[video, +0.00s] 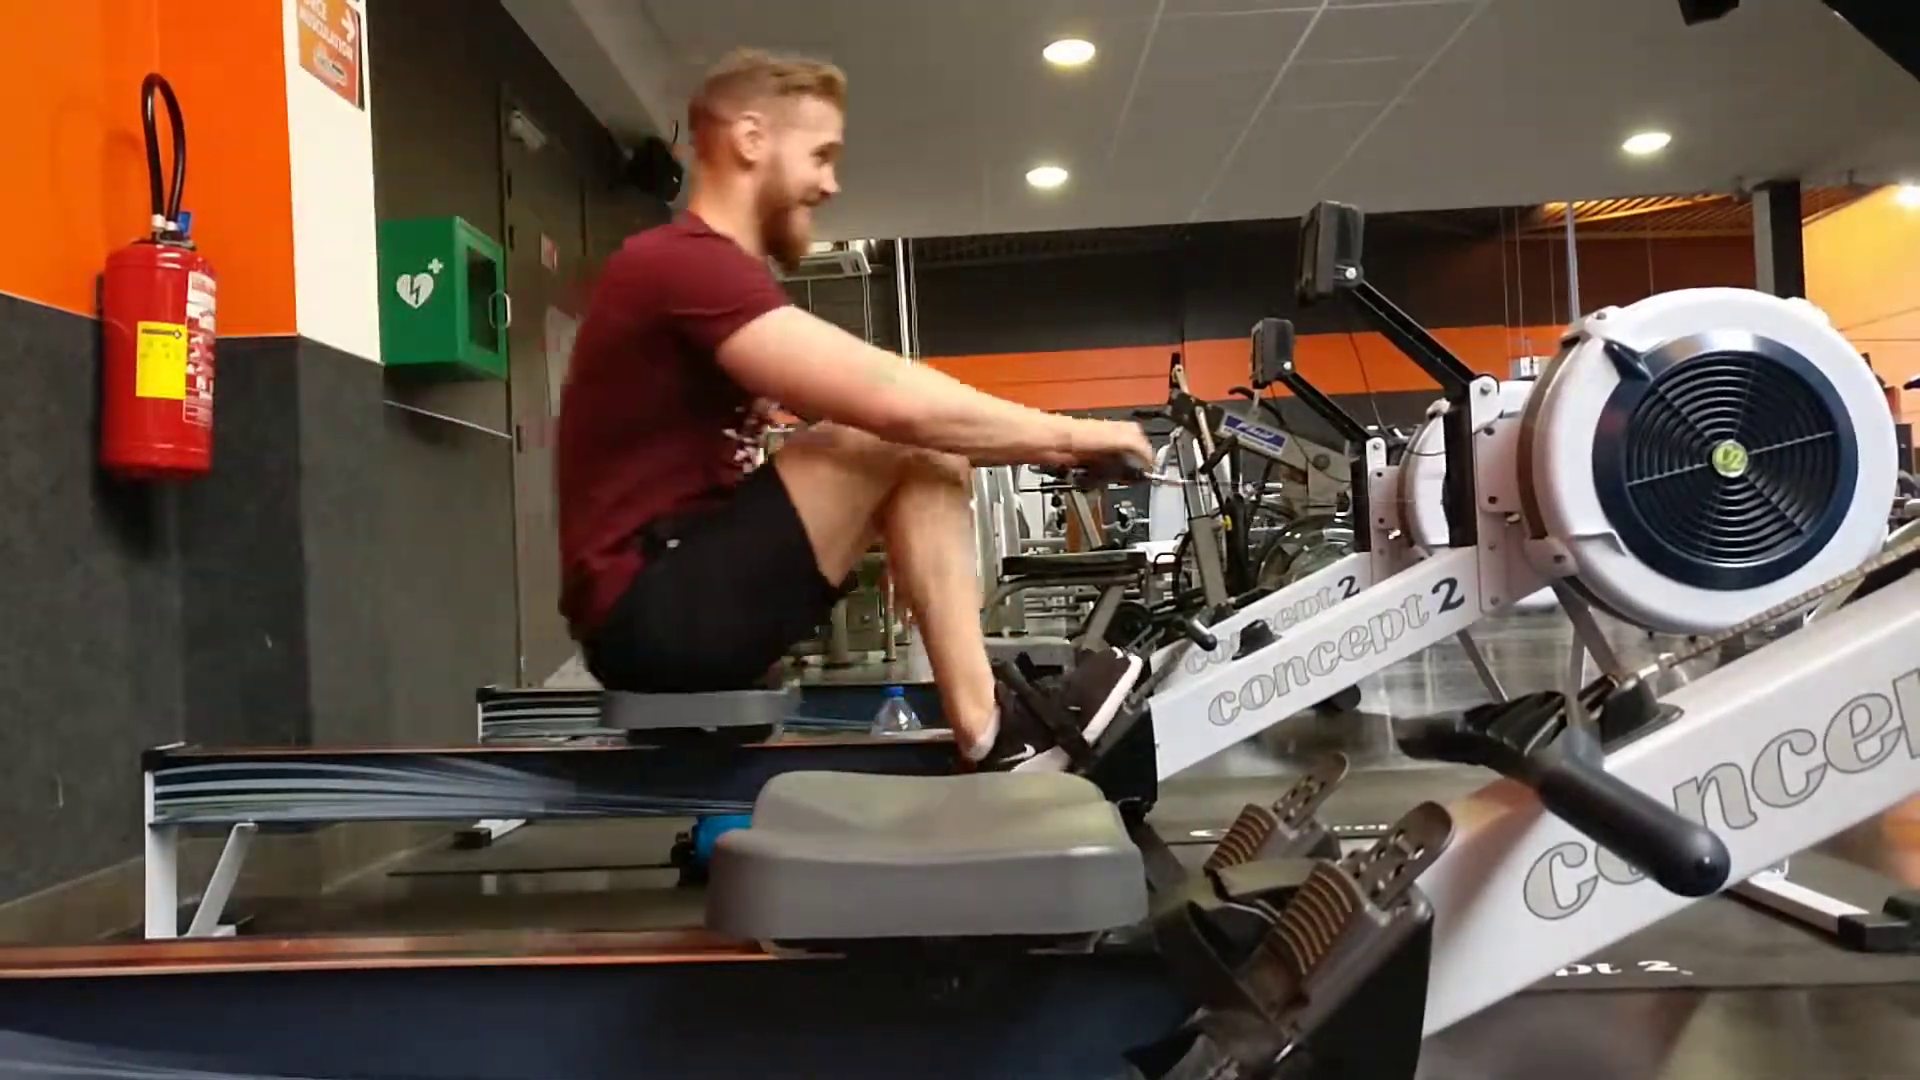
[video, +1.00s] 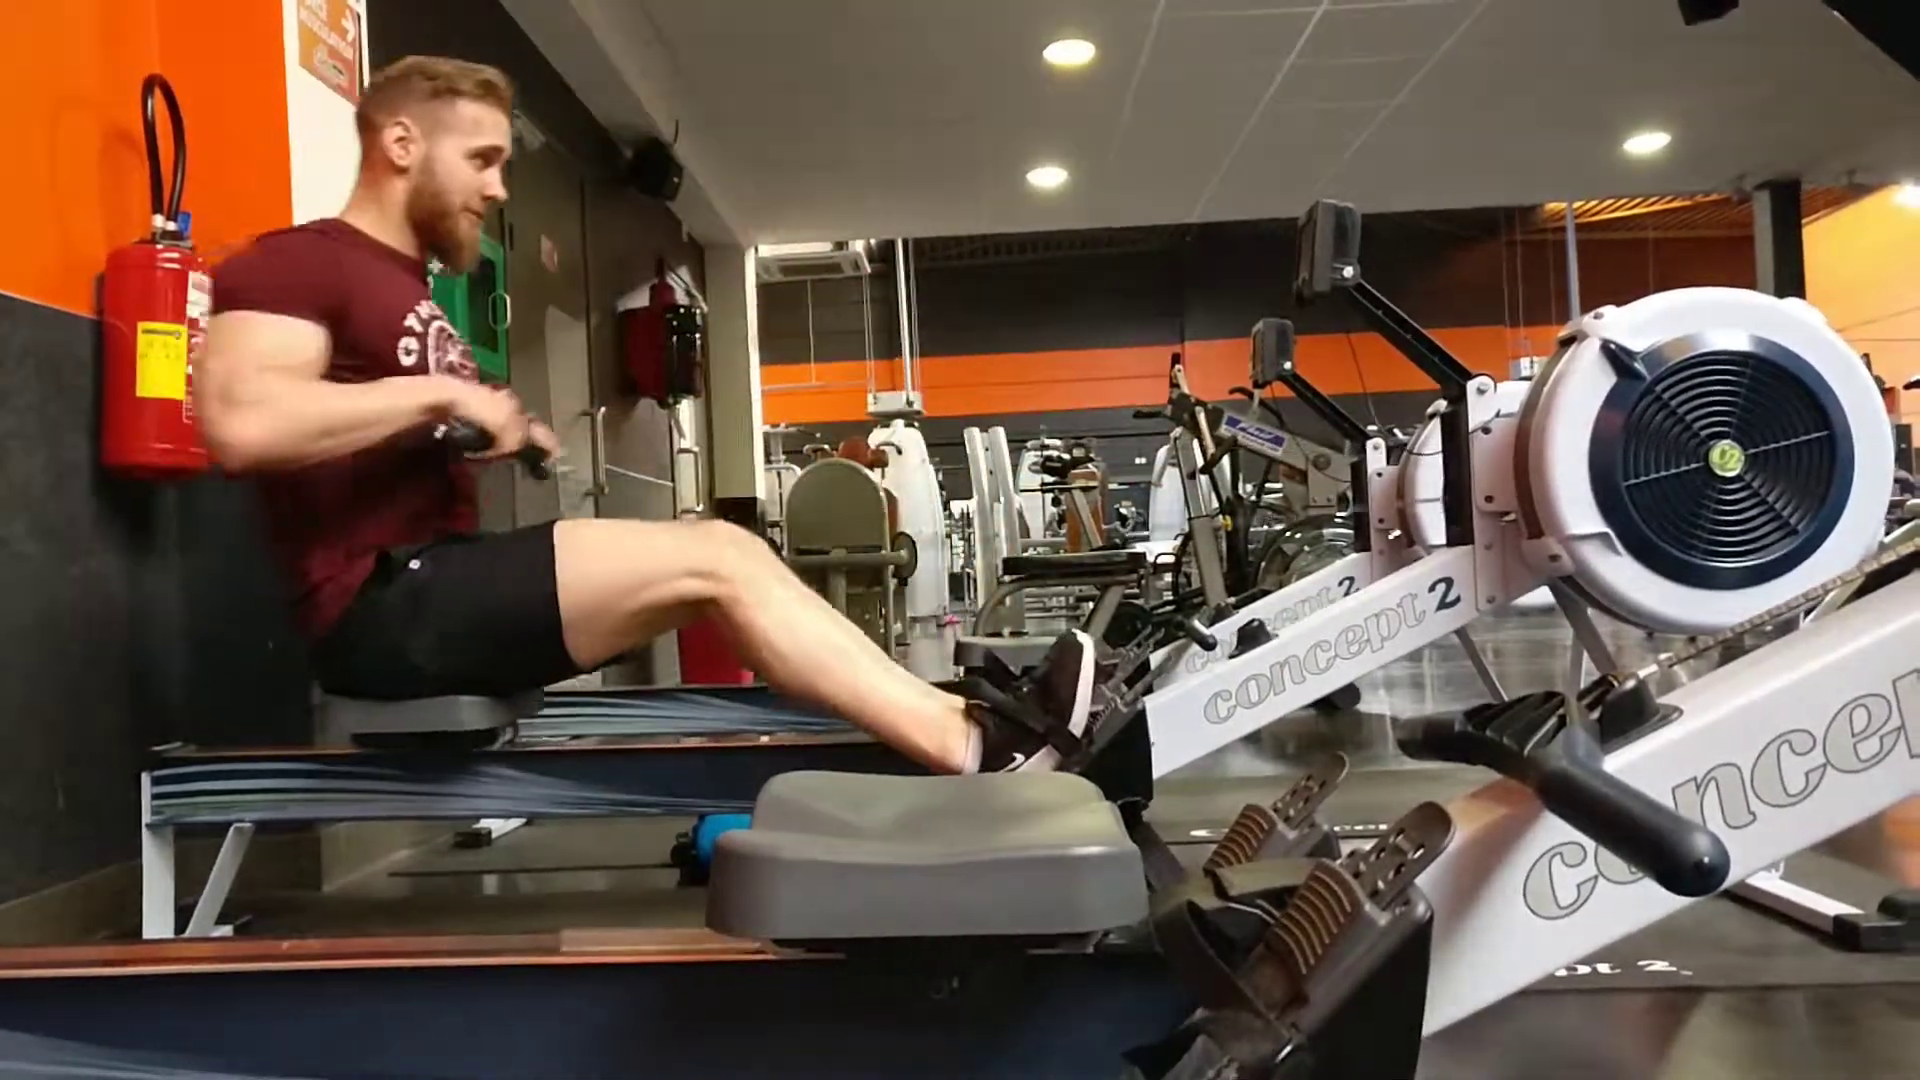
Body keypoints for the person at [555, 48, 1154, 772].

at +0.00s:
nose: (832, 185)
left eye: (834, 162)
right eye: (821, 156)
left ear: (747, 146)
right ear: (749, 140)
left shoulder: (700, 269)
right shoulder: (684, 265)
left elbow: (883, 397)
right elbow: (896, 404)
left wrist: (1055, 439)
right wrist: (1069, 436)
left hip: (666, 611)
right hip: (656, 619)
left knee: (908, 442)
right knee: (914, 448)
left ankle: (982, 713)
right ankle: (982, 730)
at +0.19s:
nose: (959, 186)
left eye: (961, 163)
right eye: (949, 157)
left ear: (882, 145)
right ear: (882, 141)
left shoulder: (840, 262)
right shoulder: (830, 260)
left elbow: (1044, 394)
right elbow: (1051, 406)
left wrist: (1206, 468)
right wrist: (1233, 468)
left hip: (772, 606)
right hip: (761, 615)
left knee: (1009, 420)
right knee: (994, 417)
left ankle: (999, 692)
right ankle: (983, 711)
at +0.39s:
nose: (908, 162)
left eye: (907, 136)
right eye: (896, 133)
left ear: (826, 129)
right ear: (826, 123)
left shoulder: (793, 252)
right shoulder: (775, 247)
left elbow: (973, 388)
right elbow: (981, 384)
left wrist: (1153, 435)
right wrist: (1170, 433)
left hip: (756, 598)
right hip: (744, 609)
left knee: (978, 420)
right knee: (981, 429)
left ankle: (997, 685)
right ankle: (987, 713)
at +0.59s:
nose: (637, 140)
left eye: (634, 116)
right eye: (618, 111)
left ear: (547, 118)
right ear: (540, 113)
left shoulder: (580, 258)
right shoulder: (503, 242)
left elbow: (696, 405)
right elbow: (674, 393)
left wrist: (871, 409)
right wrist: (875, 407)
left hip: (600, 595)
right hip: (560, 604)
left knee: (859, 451)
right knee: (856, 458)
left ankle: (989, 716)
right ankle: (991, 738)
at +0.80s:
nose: (415, 180)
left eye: (415, 158)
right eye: (395, 153)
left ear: (327, 148)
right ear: (308, 143)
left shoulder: (373, 294)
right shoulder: (244, 277)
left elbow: (448, 477)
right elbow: (300, 448)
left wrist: (533, 435)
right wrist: (521, 419)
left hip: (459, 579)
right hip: (393, 603)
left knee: (734, 546)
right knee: (725, 548)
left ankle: (986, 731)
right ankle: (980, 752)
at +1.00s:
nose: (498, 187)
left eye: (502, 166)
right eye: (484, 157)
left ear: (418, 154)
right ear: (398, 144)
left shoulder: (419, 293)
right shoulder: (299, 264)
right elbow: (239, 422)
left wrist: (497, 420)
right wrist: (437, 395)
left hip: (434, 590)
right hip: (377, 608)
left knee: (727, 547)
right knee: (722, 550)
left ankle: (964, 737)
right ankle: (962, 751)